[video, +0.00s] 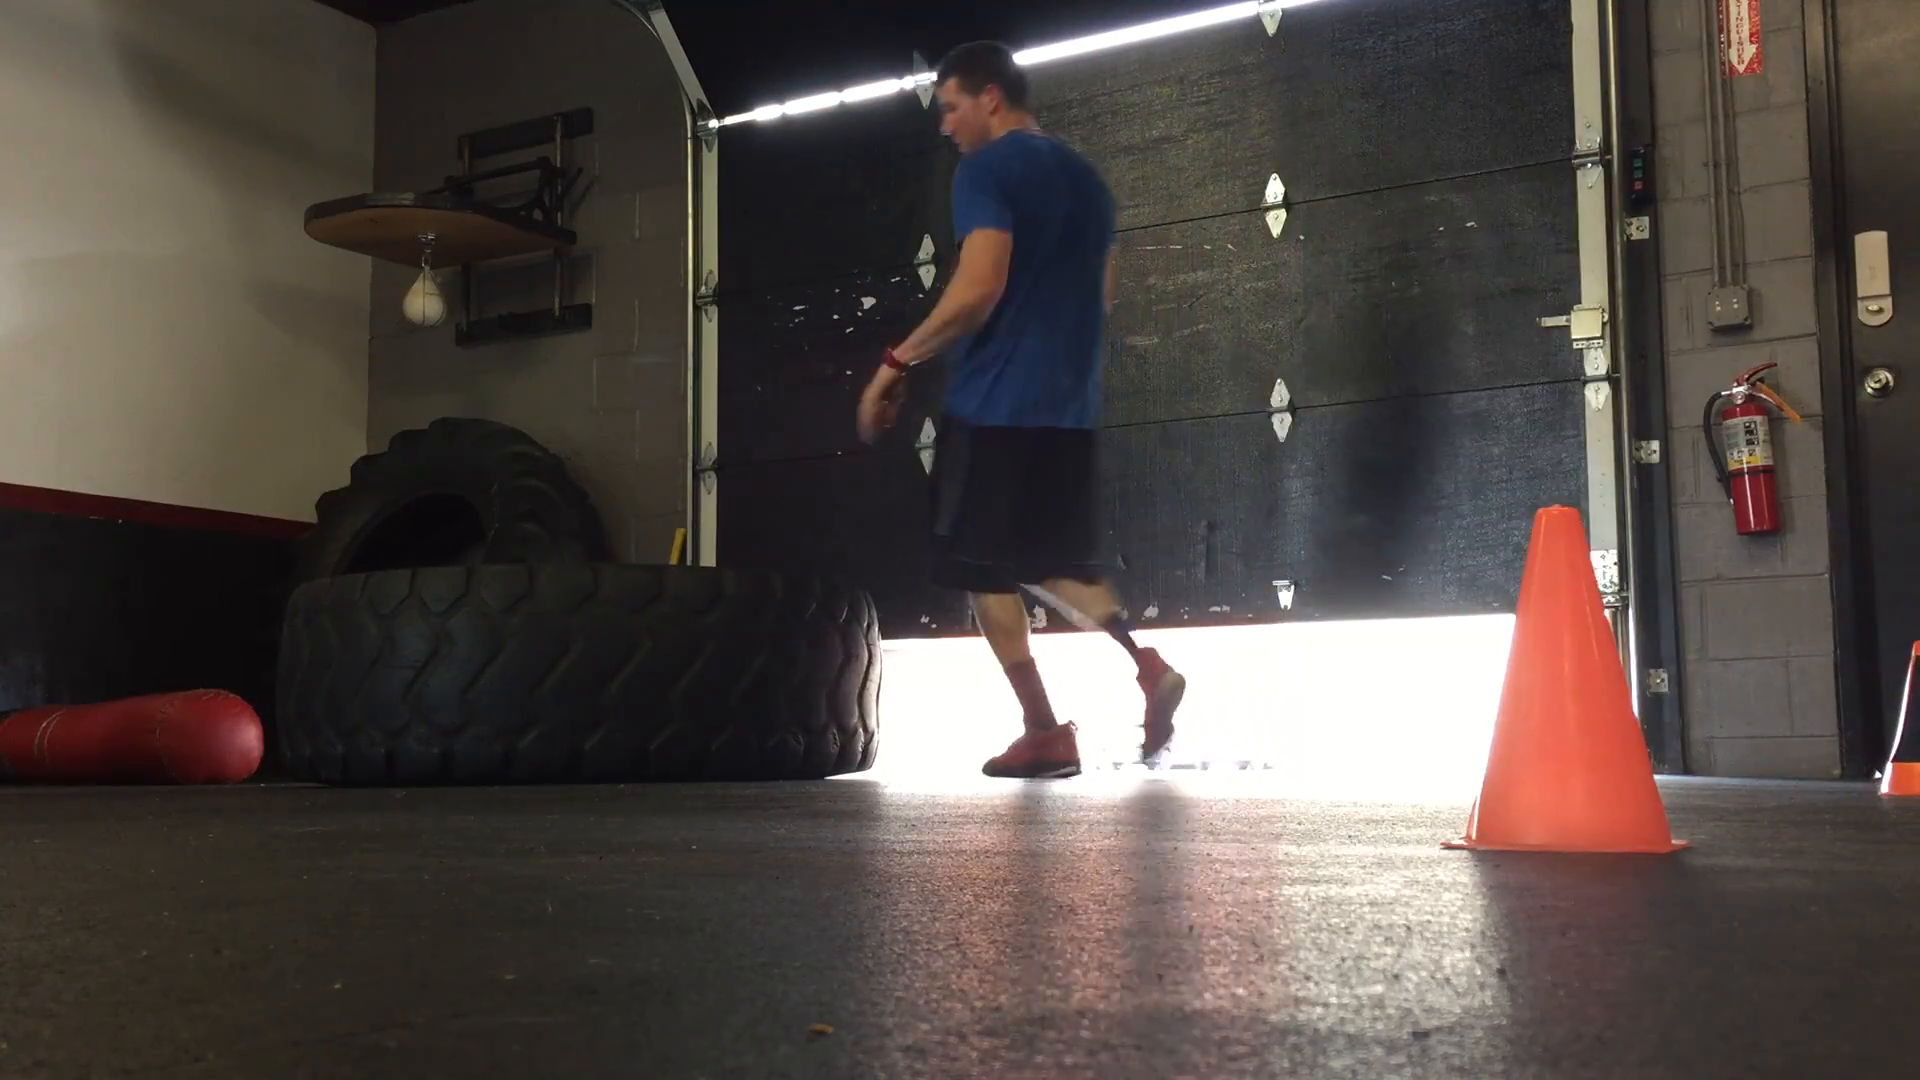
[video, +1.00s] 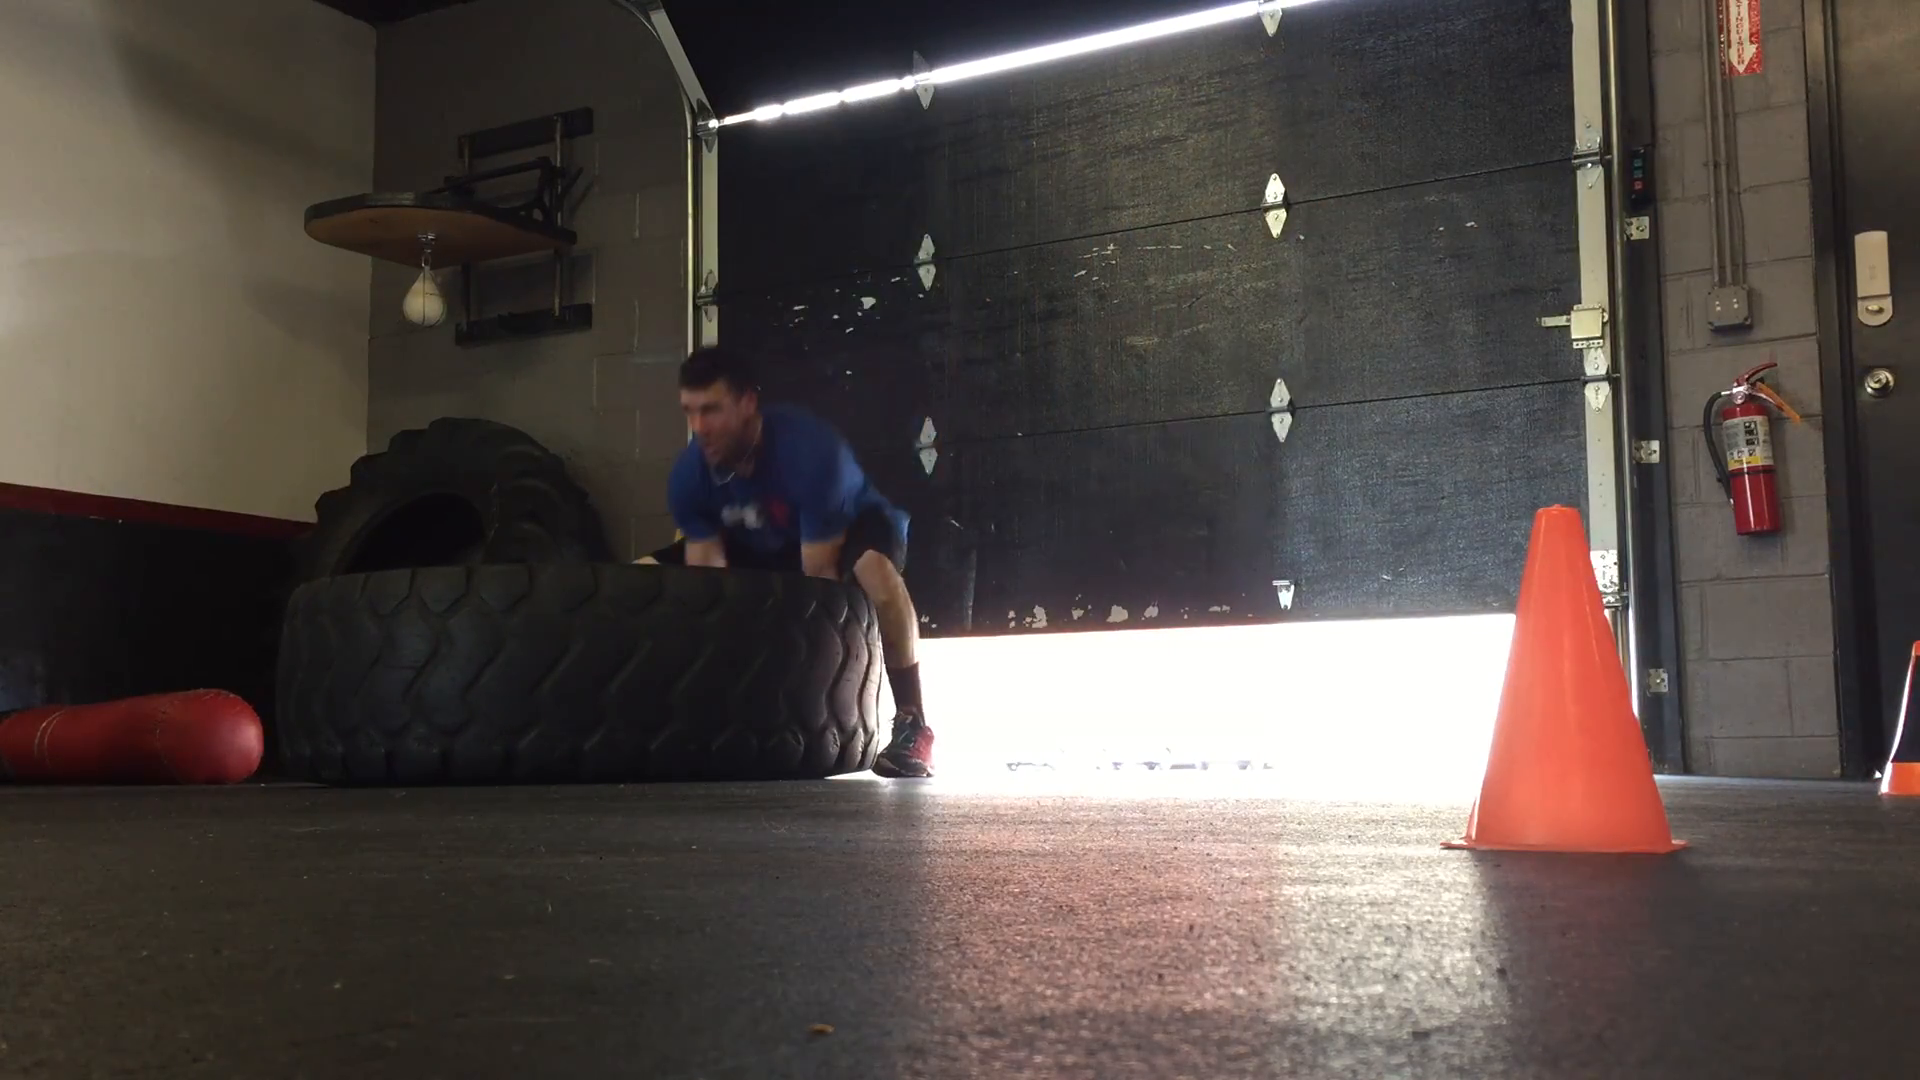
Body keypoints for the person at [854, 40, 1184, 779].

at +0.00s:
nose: (946, 127)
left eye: (950, 109)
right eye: (943, 112)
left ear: (990, 98)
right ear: (1001, 101)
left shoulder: (988, 168)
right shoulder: (1088, 179)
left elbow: (977, 288)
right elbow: (1099, 300)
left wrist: (898, 361)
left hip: (994, 408)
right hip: (1068, 408)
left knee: (980, 562)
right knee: (1049, 558)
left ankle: (1044, 730)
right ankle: (1150, 666)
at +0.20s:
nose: (882, 134)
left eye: (891, 118)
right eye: (880, 120)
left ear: (933, 111)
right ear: (935, 116)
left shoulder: (953, 180)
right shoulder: (977, 181)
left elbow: (962, 294)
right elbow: (966, 303)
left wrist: (889, 329)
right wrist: (904, 355)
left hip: (962, 402)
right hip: (960, 399)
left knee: (944, 555)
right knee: (922, 556)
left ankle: (1040, 715)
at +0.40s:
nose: (841, 178)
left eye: (852, 164)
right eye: (837, 166)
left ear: (893, 159)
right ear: (865, 166)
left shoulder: (929, 228)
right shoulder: (874, 233)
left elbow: (960, 343)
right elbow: (873, 346)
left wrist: (860, 375)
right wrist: (821, 402)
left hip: (916, 437)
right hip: (876, 431)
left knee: (882, 575)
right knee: (857, 575)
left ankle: (1022, 687)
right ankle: (901, 731)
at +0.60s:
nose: (800, 177)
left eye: (811, 162)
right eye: (792, 165)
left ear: (850, 150)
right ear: (789, 159)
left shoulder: (902, 217)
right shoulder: (793, 217)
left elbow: (920, 335)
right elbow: (791, 311)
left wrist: (840, 400)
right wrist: (776, 395)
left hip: (903, 401)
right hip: (828, 401)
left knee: (883, 540)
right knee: (776, 546)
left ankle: (910, 715)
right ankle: (801, 709)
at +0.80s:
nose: (748, 296)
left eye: (760, 282)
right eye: (740, 284)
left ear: (798, 276)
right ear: (731, 281)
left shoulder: (851, 334)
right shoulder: (738, 341)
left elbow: (841, 466)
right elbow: (747, 455)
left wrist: (823, 574)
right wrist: (738, 567)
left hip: (889, 458)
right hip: (805, 463)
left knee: (884, 558)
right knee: (733, 565)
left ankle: (913, 727)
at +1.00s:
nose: (698, 426)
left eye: (710, 411)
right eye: (689, 413)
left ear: (749, 404)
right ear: (682, 412)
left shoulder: (814, 451)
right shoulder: (689, 476)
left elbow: (819, 576)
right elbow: (706, 579)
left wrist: (815, 695)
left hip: (847, 533)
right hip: (756, 547)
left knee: (873, 566)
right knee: (644, 574)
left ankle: (911, 723)